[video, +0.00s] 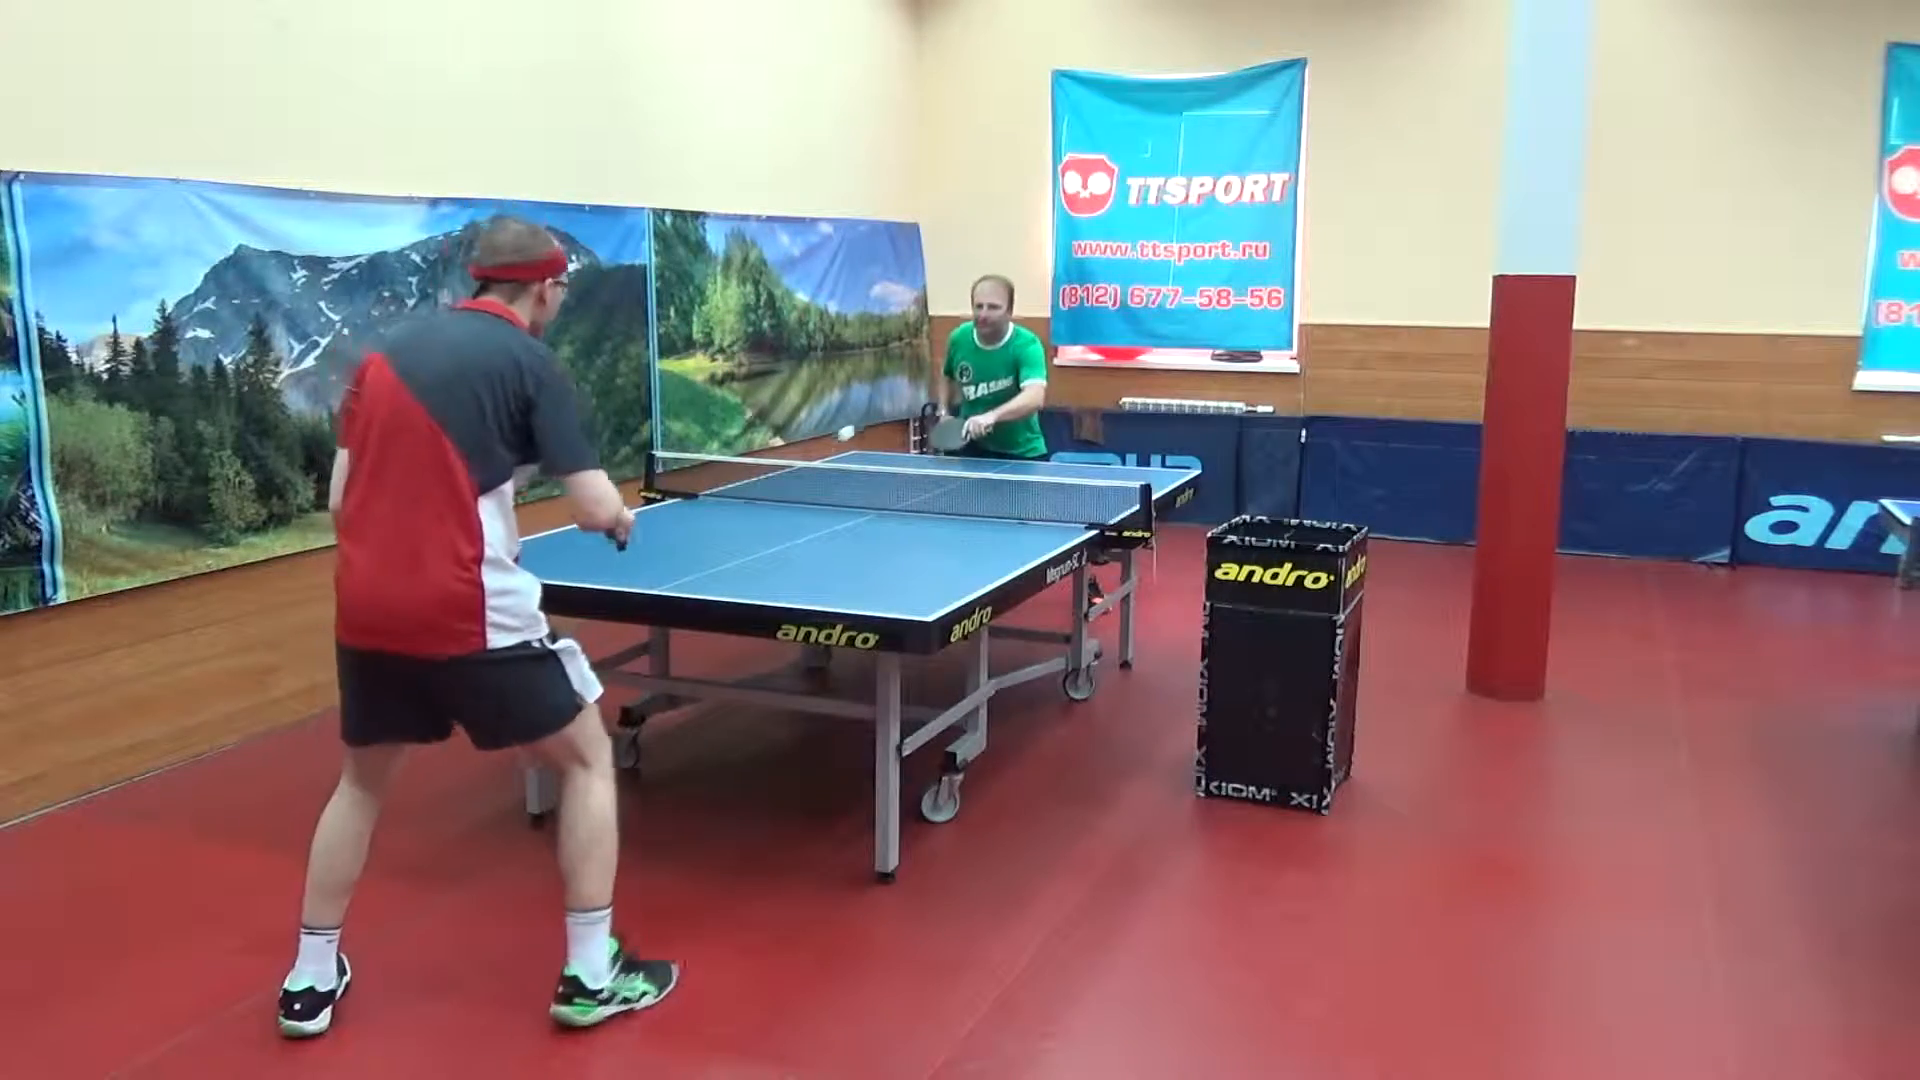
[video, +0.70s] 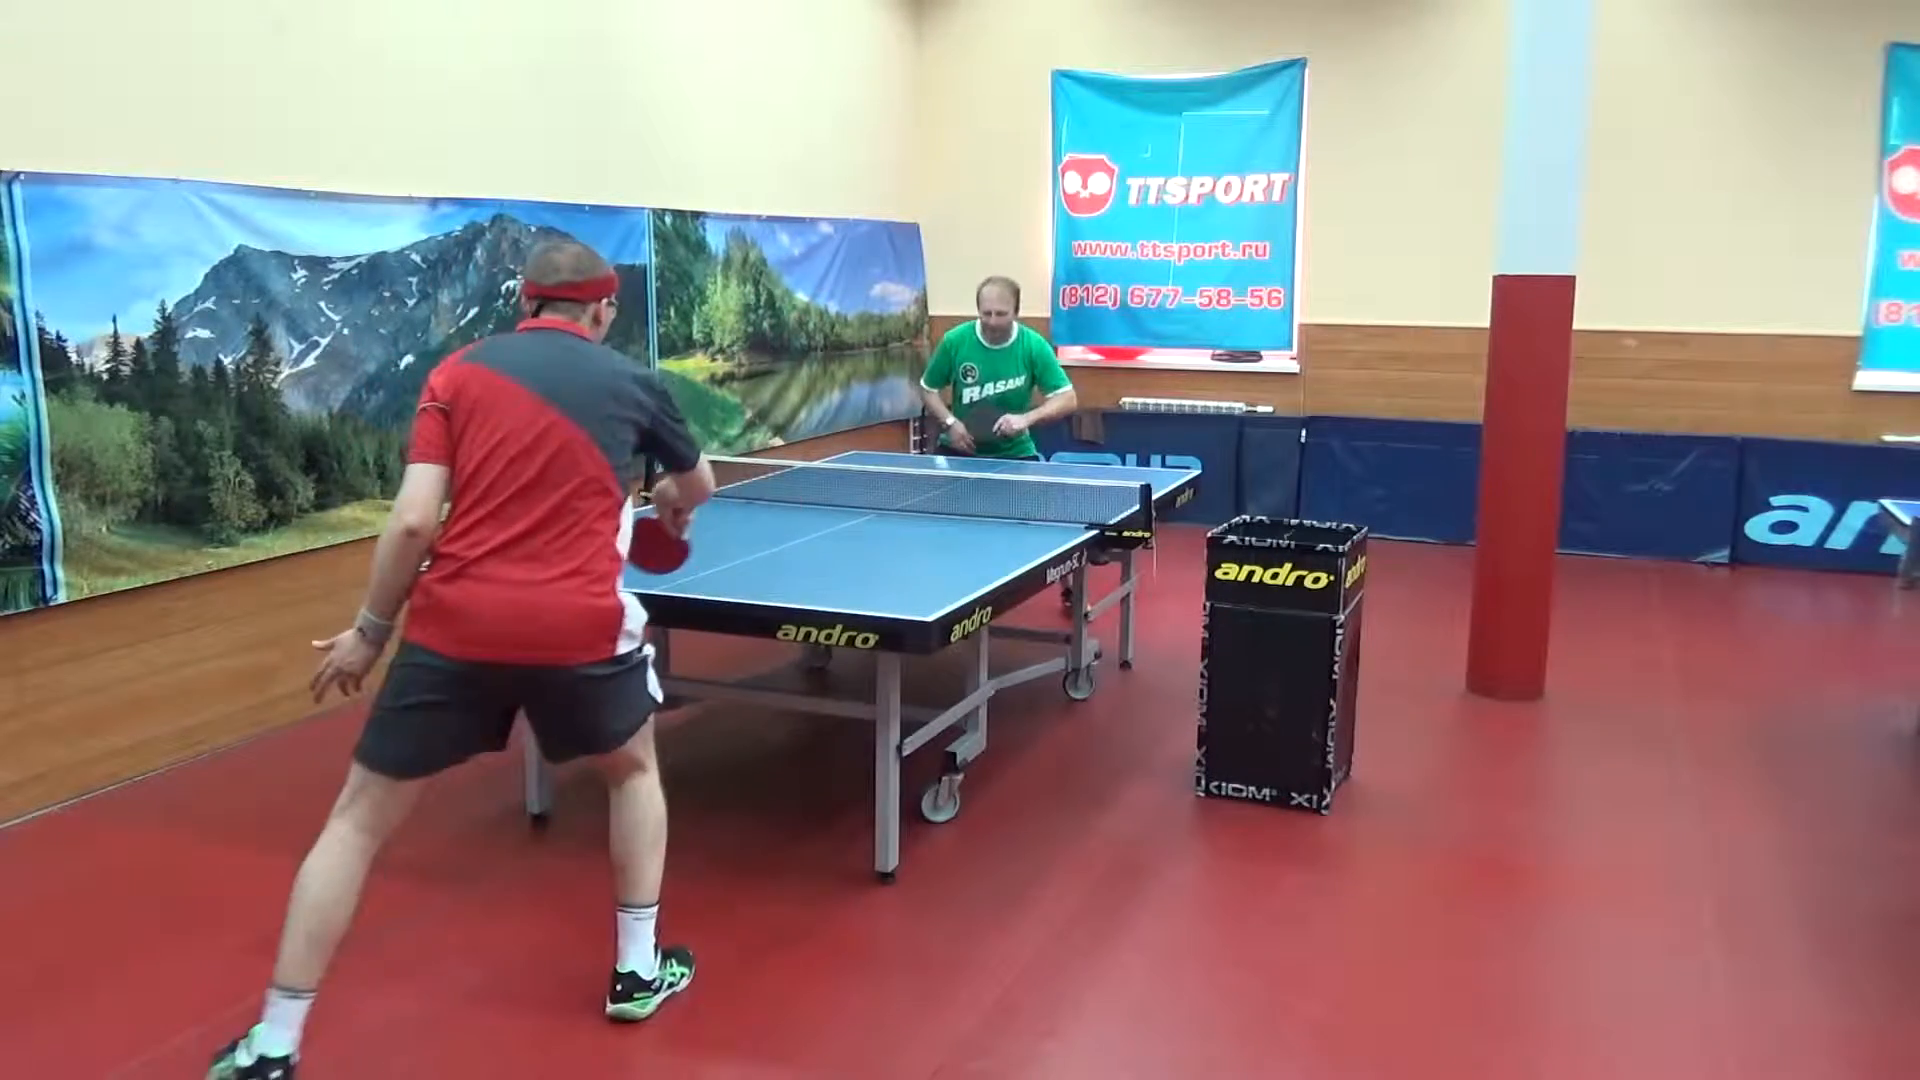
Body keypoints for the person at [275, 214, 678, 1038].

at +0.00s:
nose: (560, 301)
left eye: (560, 287)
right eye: (558, 287)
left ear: (477, 282)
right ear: (537, 289)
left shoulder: (386, 349)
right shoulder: (528, 363)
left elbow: (341, 499)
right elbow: (595, 508)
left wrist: (443, 517)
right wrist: (619, 517)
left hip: (368, 613)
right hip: (477, 615)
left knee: (360, 780)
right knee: (587, 759)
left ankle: (310, 981)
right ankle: (592, 972)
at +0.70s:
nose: (614, 320)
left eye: (607, 310)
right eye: (613, 310)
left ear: (525, 303)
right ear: (601, 309)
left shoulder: (458, 372)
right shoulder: (632, 381)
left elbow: (414, 520)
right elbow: (692, 486)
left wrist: (367, 633)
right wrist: (666, 513)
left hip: (457, 625)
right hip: (580, 628)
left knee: (357, 820)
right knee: (630, 772)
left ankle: (274, 1041)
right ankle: (638, 969)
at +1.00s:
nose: (528, 315)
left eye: (527, 302)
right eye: (527, 303)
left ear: (438, 296)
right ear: (508, 304)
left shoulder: (337, 364)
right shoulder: (518, 387)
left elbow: (288, 530)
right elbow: (588, 534)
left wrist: (317, 610)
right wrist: (584, 567)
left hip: (322, 650)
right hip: (462, 649)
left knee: (267, 856)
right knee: (563, 788)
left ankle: (218, 1067)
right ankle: (624, 967)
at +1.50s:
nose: (586, 331)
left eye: (585, 317)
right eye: (583, 318)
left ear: (493, 306)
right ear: (560, 313)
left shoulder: (405, 379)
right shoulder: (572, 382)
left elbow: (362, 537)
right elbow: (679, 493)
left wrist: (395, 613)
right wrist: (648, 528)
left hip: (408, 655)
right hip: (543, 651)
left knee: (320, 850)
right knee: (638, 783)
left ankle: (236, 1062)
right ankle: (671, 976)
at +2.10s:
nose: (625, 339)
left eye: (622, 327)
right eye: (625, 328)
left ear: (538, 314)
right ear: (615, 328)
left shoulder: (458, 383)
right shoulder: (639, 413)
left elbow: (395, 535)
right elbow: (630, 540)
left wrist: (340, 635)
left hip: (431, 665)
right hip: (570, 669)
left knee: (321, 858)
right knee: (640, 790)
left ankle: (221, 1069)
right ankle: (671, 978)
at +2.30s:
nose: (520, 332)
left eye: (518, 319)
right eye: (518, 321)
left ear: (424, 312)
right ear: (502, 320)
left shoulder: (324, 391)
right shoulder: (518, 413)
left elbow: (273, 560)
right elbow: (564, 585)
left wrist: (283, 666)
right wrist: (531, 633)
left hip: (323, 684)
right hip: (466, 679)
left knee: (252, 888)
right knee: (584, 812)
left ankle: (195, 1072)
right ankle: (664, 982)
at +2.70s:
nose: (445, 300)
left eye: (443, 285)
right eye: (444, 284)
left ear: (344, 278)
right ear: (427, 284)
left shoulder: (244, 364)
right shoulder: (448, 374)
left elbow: (192, 544)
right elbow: (534, 536)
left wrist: (225, 646)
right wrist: (520, 568)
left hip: (262, 680)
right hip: (411, 672)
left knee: (219, 890)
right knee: (522, 861)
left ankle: (185, 1076)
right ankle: (577, 1068)